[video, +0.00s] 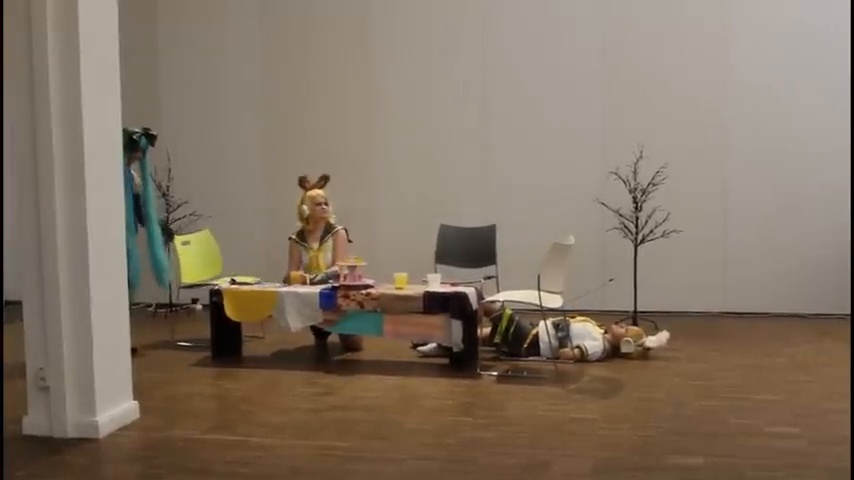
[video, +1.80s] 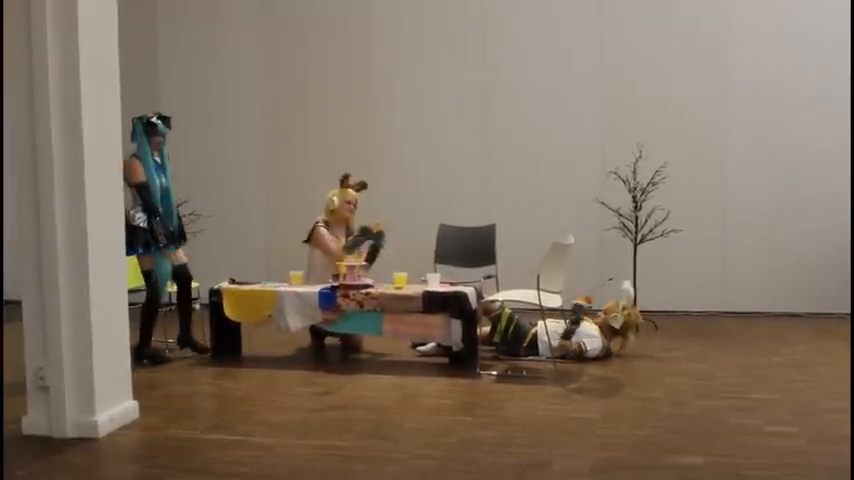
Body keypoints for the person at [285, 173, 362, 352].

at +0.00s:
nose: (324, 207)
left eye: (326, 203)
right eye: (318, 205)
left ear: (330, 207)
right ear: (307, 210)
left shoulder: (337, 232)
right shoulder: (297, 239)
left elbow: (340, 268)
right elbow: (291, 276)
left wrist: (313, 279)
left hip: (336, 290)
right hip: (309, 293)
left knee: (355, 344)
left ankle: (344, 332)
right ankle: (320, 341)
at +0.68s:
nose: (346, 214)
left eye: (347, 209)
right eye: (342, 209)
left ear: (348, 211)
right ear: (326, 210)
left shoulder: (349, 239)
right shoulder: (306, 236)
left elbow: (351, 270)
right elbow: (293, 267)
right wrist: (291, 278)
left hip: (340, 296)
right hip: (311, 296)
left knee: (353, 346)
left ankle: (344, 339)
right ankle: (319, 343)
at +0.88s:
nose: (354, 209)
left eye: (355, 204)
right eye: (349, 204)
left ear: (356, 207)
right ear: (335, 206)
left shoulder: (355, 234)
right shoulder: (316, 233)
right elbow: (296, 262)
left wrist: (398, 250)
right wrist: (293, 274)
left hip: (349, 297)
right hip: (319, 298)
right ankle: (320, 337)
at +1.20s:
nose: (376, 214)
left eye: (376, 210)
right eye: (371, 209)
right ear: (356, 212)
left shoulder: (372, 244)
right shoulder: (337, 234)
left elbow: (371, 280)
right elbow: (311, 250)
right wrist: (299, 269)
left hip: (355, 295)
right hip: (324, 293)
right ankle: (319, 332)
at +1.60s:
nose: (365, 204)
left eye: (367, 201)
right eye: (361, 199)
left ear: (368, 206)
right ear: (347, 201)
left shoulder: (365, 233)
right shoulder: (326, 226)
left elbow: (361, 264)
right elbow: (304, 249)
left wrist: (375, 260)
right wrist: (312, 259)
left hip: (352, 286)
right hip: (324, 285)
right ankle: (319, 332)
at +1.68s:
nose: (359, 204)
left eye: (362, 201)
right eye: (355, 199)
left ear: (363, 206)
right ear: (342, 201)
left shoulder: (361, 232)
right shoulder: (322, 227)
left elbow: (362, 270)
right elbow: (311, 262)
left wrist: (367, 256)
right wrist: (333, 253)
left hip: (351, 287)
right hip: (322, 287)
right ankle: (319, 331)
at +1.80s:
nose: (352, 208)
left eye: (355, 204)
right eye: (348, 203)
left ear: (356, 208)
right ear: (334, 204)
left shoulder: (350, 232)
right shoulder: (319, 230)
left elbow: (362, 265)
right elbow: (338, 254)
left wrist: (376, 246)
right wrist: (361, 238)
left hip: (346, 296)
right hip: (318, 297)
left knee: (355, 344)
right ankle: (318, 334)